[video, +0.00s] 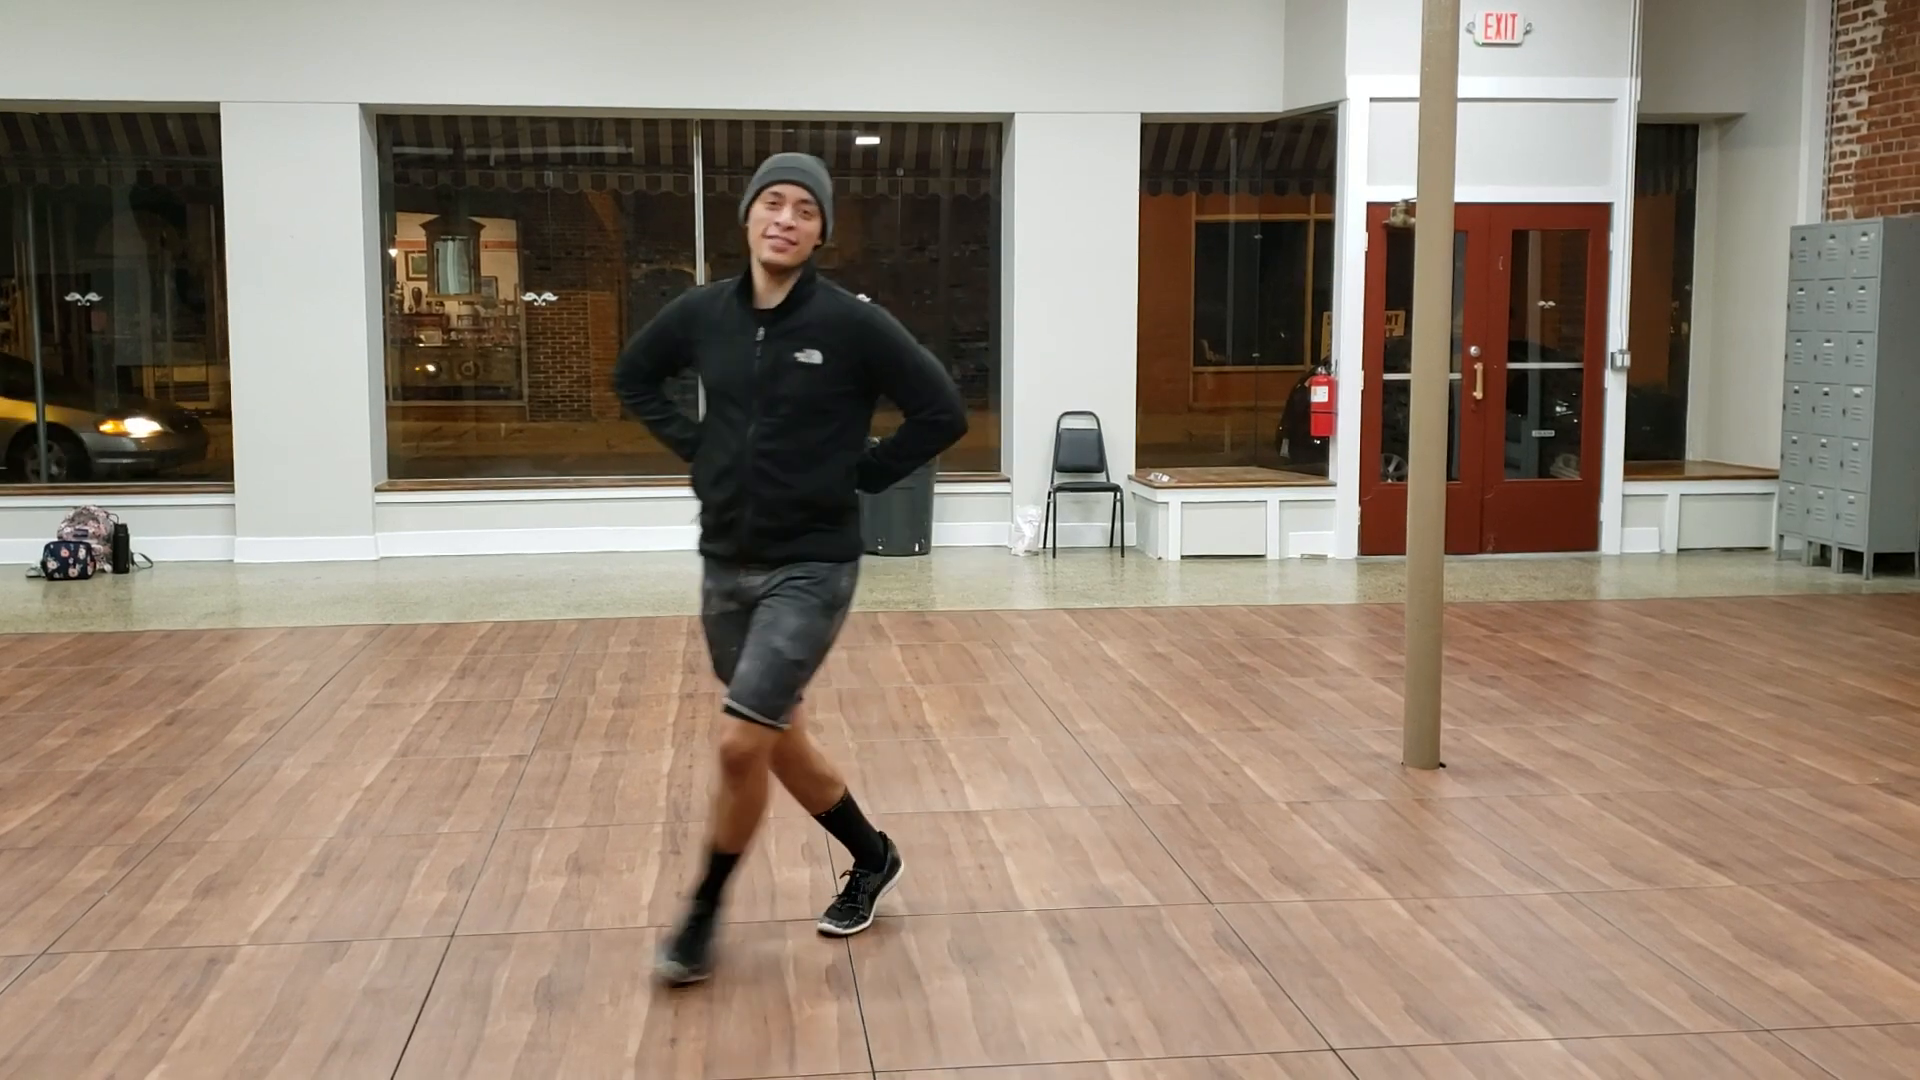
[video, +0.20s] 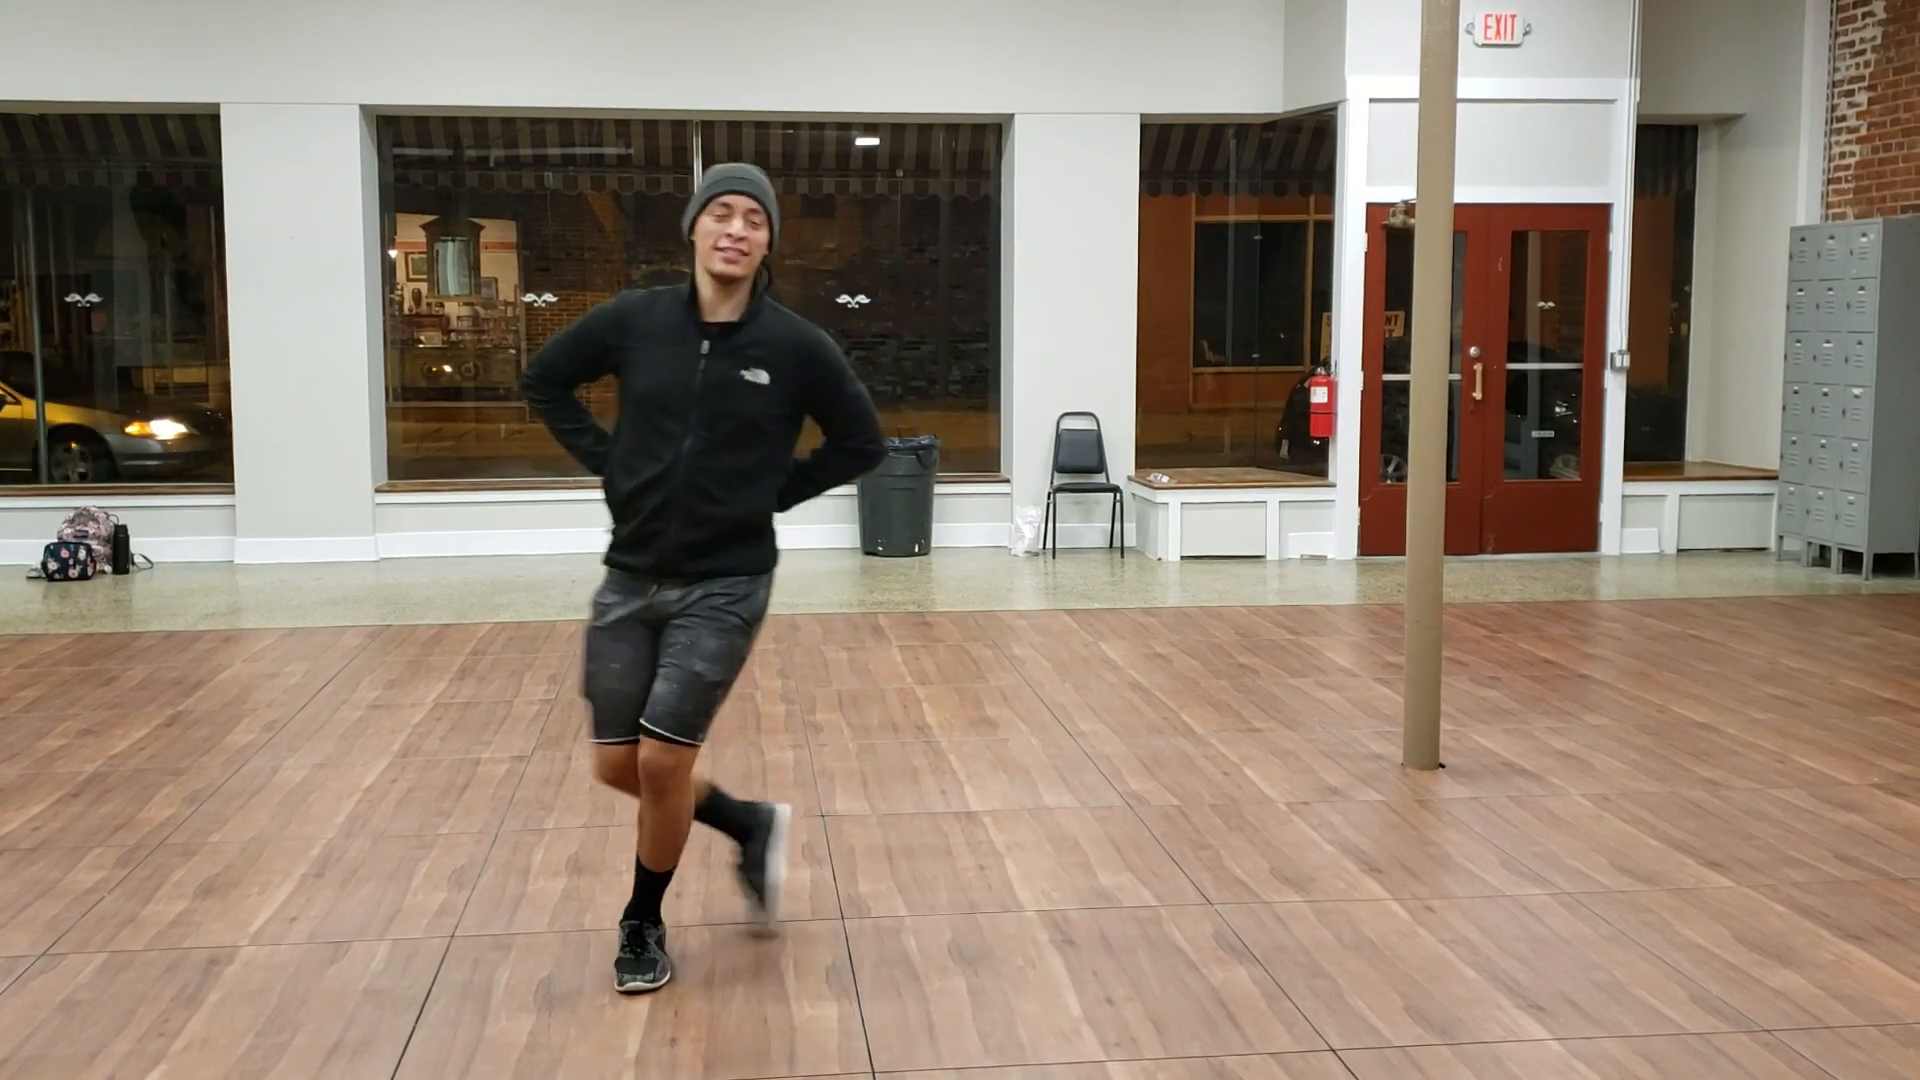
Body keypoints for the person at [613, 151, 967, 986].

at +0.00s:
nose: (786, 219)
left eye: (804, 211)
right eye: (774, 205)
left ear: (821, 232)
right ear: (747, 220)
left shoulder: (853, 323)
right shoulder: (702, 312)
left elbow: (944, 416)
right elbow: (633, 379)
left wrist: (858, 476)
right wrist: (696, 446)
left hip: (813, 561)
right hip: (725, 559)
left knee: (741, 742)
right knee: (776, 740)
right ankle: (872, 853)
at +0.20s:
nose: (736, 229)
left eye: (752, 220)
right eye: (722, 215)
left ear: (768, 245)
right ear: (692, 232)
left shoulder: (799, 347)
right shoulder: (637, 316)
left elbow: (863, 446)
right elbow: (543, 382)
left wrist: (772, 494)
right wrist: (610, 461)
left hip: (727, 575)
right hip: (631, 567)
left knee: (663, 757)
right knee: (616, 761)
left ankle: (642, 923)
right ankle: (750, 824)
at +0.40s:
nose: (668, 195)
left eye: (682, 184)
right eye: (651, 183)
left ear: (702, 205)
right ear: (621, 204)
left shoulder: (743, 307)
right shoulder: (567, 295)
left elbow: (802, 400)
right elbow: (463, 365)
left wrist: (721, 461)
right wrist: (547, 439)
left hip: (682, 561)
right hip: (569, 556)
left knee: (660, 747)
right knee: (521, 736)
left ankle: (642, 919)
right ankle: (532, 868)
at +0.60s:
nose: (596, 199)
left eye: (607, 186)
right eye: (577, 189)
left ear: (627, 205)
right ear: (546, 214)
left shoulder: (673, 304)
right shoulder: (503, 306)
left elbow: (720, 387)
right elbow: (390, 391)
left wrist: (658, 449)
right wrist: (493, 453)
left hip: (640, 563)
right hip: (523, 564)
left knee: (663, 744)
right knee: (471, 739)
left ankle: (642, 912)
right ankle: (411, 911)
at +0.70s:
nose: (570, 227)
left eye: (581, 214)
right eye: (550, 218)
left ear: (601, 233)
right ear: (520, 245)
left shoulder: (650, 333)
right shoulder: (481, 342)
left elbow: (684, 411)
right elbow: (370, 433)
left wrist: (629, 472)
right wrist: (480, 489)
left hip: (622, 582)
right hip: (508, 588)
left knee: (666, 746)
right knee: (463, 769)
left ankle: (644, 889)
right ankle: (412, 922)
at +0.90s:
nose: (589, 215)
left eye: (599, 202)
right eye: (570, 205)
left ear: (616, 222)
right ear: (536, 229)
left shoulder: (675, 311)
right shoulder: (502, 332)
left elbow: (738, 380)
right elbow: (396, 423)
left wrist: (686, 456)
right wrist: (507, 471)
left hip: (659, 575)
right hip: (543, 578)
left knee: (682, 763)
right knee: (484, 752)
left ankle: (684, 880)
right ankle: (419, 915)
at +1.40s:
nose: (739, 231)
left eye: (752, 218)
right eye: (721, 217)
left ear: (769, 236)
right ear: (688, 235)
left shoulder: (818, 324)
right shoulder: (660, 335)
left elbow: (905, 433)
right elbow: (616, 406)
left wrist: (829, 487)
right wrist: (666, 469)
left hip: (821, 586)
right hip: (715, 583)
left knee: (823, 784)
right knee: (750, 770)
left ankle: (738, 854)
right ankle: (815, 948)